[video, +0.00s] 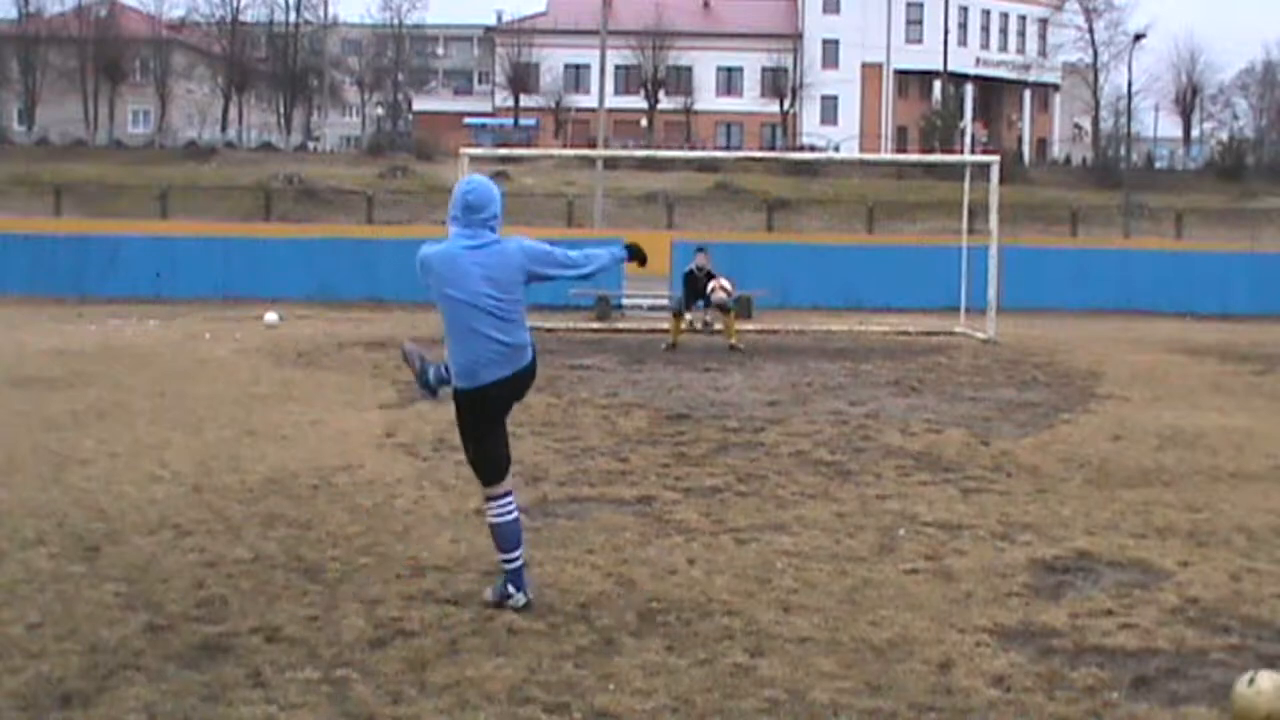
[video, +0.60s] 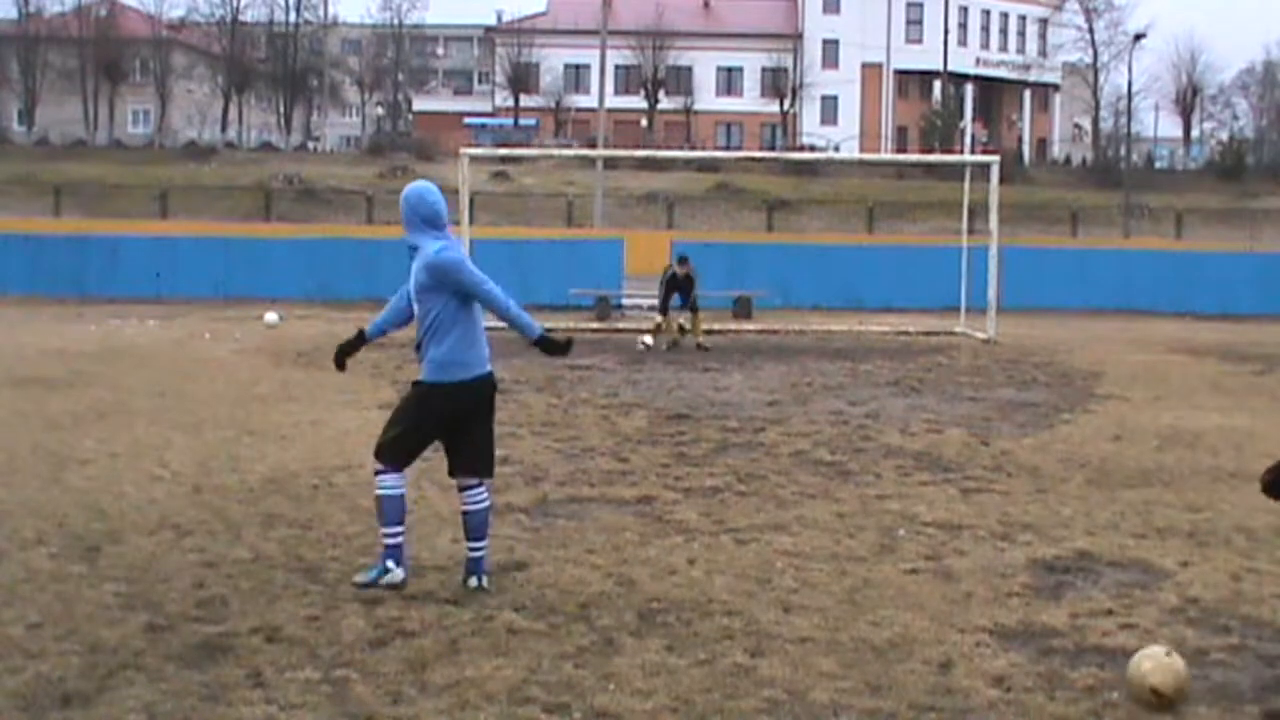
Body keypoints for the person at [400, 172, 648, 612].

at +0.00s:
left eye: (454, 209)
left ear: (454, 213)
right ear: (496, 214)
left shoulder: (433, 258)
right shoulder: (516, 251)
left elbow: (435, 296)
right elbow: (574, 263)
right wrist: (621, 251)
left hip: (477, 386)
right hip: (522, 371)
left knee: (496, 488)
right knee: (472, 353)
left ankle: (515, 584)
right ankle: (434, 376)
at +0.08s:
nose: (454, 234)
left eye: (452, 228)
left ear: (453, 233)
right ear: (494, 229)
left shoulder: (443, 282)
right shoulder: (518, 266)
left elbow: (407, 306)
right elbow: (567, 276)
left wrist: (386, 310)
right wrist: (598, 257)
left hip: (487, 403)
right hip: (526, 387)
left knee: (477, 491)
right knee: (454, 397)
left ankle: (515, 584)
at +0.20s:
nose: (448, 235)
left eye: (450, 229)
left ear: (452, 235)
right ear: (491, 230)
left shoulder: (455, 288)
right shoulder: (516, 266)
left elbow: (404, 332)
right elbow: (546, 274)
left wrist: (339, 358)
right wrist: (531, 269)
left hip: (475, 405)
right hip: (513, 398)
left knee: (470, 493)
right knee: (461, 473)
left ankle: (515, 583)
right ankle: (440, 538)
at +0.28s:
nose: (447, 232)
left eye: (448, 226)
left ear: (452, 230)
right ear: (490, 224)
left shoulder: (458, 278)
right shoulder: (511, 264)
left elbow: (425, 328)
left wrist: (382, 368)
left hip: (467, 400)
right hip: (505, 393)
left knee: (457, 488)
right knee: (476, 475)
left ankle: (508, 574)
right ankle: (480, 561)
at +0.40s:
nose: (433, 225)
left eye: (434, 218)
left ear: (436, 223)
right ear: (473, 220)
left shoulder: (448, 268)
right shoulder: (490, 258)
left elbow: (468, 304)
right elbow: (451, 284)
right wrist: (414, 287)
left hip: (457, 396)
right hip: (497, 390)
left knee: (418, 477)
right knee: (474, 473)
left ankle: (479, 545)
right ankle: (478, 564)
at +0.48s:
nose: (420, 224)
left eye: (421, 217)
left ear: (426, 221)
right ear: (461, 216)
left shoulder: (446, 262)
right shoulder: (473, 253)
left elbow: (489, 299)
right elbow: (423, 291)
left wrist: (536, 331)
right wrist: (375, 304)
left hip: (452, 388)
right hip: (488, 385)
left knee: (402, 461)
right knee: (471, 475)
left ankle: (449, 541)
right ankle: (477, 570)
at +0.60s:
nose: (401, 223)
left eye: (403, 217)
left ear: (407, 218)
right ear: (441, 213)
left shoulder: (437, 257)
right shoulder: (432, 259)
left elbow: (491, 295)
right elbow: (401, 310)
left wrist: (538, 335)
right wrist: (361, 338)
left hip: (441, 385)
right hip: (476, 382)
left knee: (388, 461)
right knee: (471, 476)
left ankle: (392, 563)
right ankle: (477, 571)